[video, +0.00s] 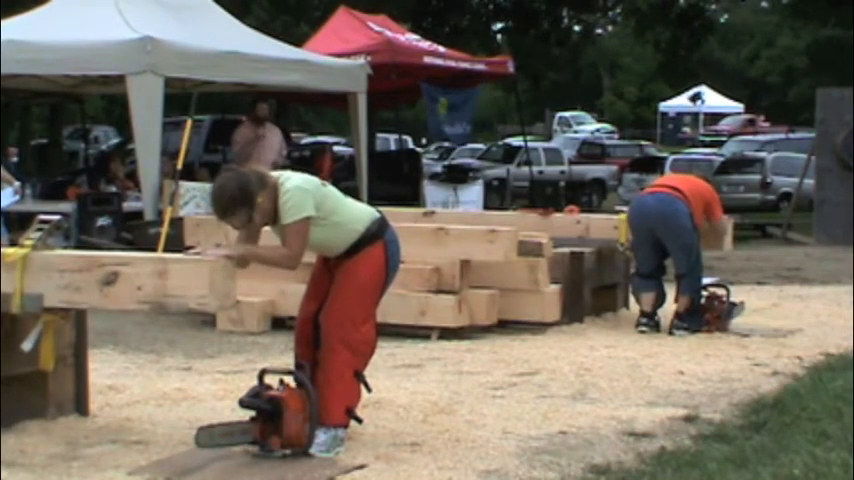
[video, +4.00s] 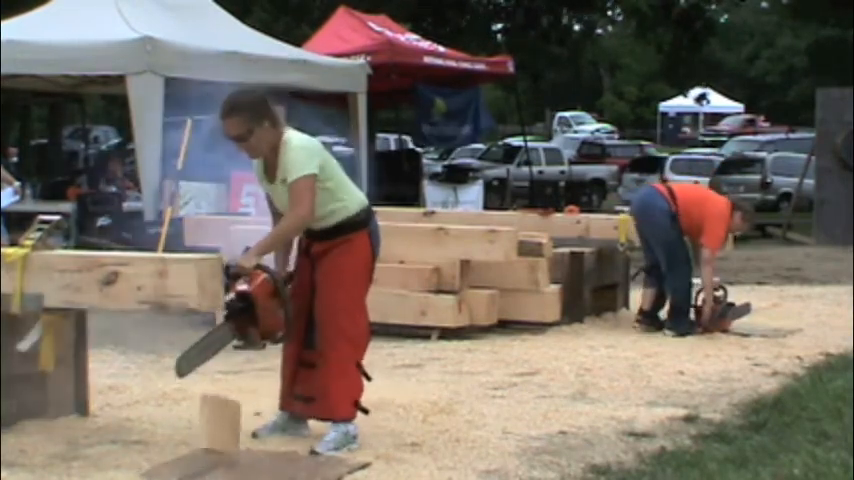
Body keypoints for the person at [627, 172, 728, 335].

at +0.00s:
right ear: (710, 186)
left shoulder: (673, 179)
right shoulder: (708, 190)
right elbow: (718, 225)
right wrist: (725, 224)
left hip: (640, 204)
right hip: (673, 206)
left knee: (646, 270)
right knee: (688, 269)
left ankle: (646, 316)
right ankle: (682, 318)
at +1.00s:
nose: (732, 172)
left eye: (736, 168)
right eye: (732, 164)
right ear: (721, 156)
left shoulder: (712, 190)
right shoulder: (701, 151)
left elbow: (706, 223)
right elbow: (665, 145)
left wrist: (715, 255)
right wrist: (678, 176)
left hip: (671, 212)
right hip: (654, 199)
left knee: (676, 260)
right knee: (674, 259)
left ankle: (667, 313)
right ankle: (671, 316)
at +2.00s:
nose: (716, 142)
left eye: (718, 137)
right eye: (716, 137)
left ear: (697, 127)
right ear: (709, 133)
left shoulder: (679, 136)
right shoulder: (694, 150)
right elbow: (683, 181)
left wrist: (698, 185)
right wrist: (693, 207)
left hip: (646, 197)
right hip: (661, 203)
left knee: (661, 261)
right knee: (672, 264)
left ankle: (661, 314)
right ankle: (666, 319)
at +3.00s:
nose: (730, 224)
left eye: (735, 222)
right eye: (733, 219)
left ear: (726, 206)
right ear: (727, 207)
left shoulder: (709, 201)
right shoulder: (707, 210)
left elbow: (698, 250)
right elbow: (695, 253)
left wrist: (706, 279)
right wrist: (699, 293)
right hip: (647, 206)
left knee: (669, 264)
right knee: (672, 265)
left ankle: (664, 318)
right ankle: (665, 321)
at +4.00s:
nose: (737, 232)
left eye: (741, 230)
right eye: (741, 228)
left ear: (736, 214)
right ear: (738, 216)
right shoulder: (720, 212)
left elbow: (699, 248)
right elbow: (706, 261)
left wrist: (707, 279)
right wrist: (708, 304)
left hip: (644, 200)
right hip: (658, 207)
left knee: (655, 265)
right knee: (680, 268)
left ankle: (647, 313)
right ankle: (678, 321)